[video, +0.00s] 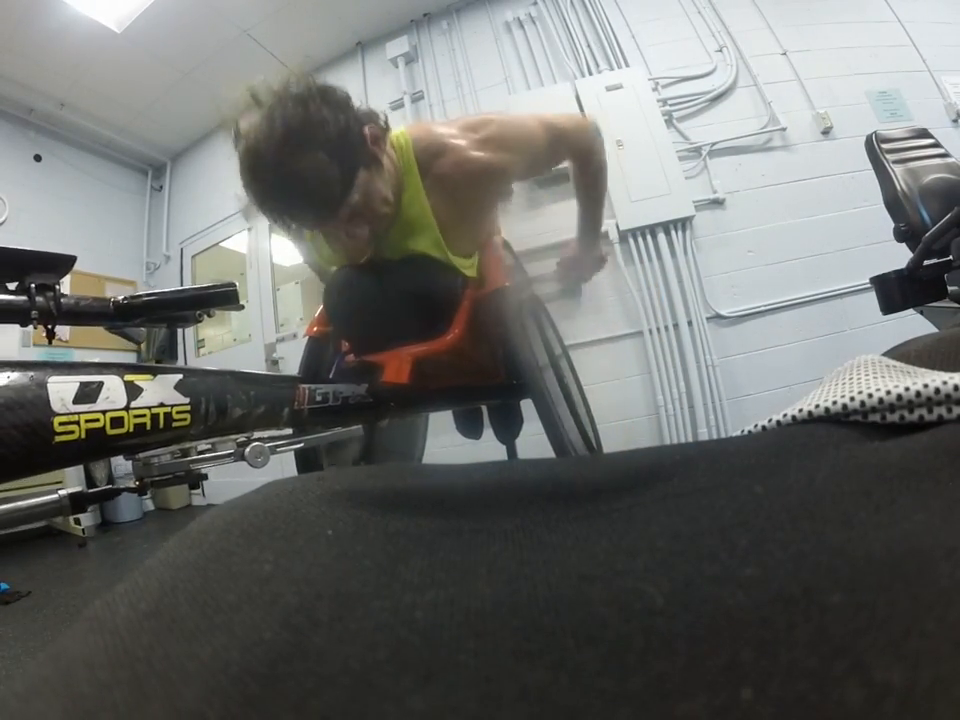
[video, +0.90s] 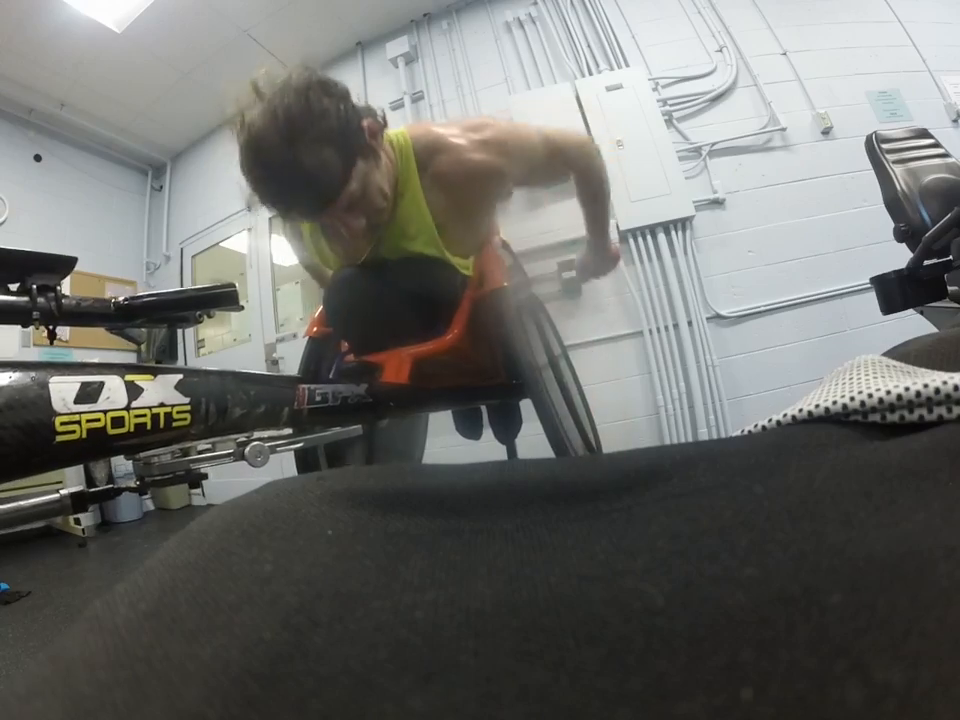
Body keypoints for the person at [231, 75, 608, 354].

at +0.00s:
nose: (348, 241)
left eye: (356, 210)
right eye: (322, 227)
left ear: (376, 145)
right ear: (292, 220)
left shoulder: (464, 159)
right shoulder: (303, 218)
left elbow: (583, 137)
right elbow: (338, 293)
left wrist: (589, 244)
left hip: (471, 286)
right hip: (381, 304)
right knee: (349, 298)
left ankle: (489, 381)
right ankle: (454, 387)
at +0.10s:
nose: (375, 265)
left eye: (376, 238)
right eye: (351, 264)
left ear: (387, 173)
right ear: (307, 250)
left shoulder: (464, 163)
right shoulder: (307, 234)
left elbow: (604, 176)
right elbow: (284, 275)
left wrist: (579, 299)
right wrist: (321, 334)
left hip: (471, 306)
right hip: (376, 330)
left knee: (415, 287)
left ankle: (483, 385)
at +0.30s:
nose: (337, 223)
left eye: (340, 192)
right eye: (311, 214)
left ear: (360, 133)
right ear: (284, 207)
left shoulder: (458, 171)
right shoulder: (296, 233)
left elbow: (567, 250)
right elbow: (329, 324)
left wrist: (601, 337)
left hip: (484, 321)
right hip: (388, 349)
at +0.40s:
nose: (338, 213)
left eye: (344, 186)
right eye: (313, 204)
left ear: (367, 127)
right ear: (290, 196)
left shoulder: (454, 163)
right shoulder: (298, 221)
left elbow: (578, 183)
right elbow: (321, 285)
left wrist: (606, 267)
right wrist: (350, 332)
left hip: (474, 301)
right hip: (381, 323)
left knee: (352, 296)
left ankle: (491, 388)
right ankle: (463, 392)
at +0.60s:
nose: (367, 270)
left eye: (367, 242)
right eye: (344, 270)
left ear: (380, 179)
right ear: (298, 255)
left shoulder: (465, 171)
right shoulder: (309, 239)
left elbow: (597, 227)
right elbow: (299, 310)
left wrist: (590, 369)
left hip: (474, 308)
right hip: (391, 334)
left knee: (404, 283)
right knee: (346, 303)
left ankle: (495, 379)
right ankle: (460, 384)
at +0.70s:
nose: (346, 250)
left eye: (348, 214)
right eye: (318, 239)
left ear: (365, 149)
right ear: (286, 231)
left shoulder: (461, 177)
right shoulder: (296, 255)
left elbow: (563, 276)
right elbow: (335, 339)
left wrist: (599, 371)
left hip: (495, 312)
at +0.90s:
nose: (349, 232)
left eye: (354, 203)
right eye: (321, 220)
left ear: (374, 137)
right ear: (292, 213)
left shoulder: (462, 161)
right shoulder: (298, 220)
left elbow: (583, 154)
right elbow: (330, 285)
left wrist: (600, 248)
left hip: (470, 291)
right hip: (385, 311)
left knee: (352, 295)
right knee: (349, 298)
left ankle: (494, 383)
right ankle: (457, 388)